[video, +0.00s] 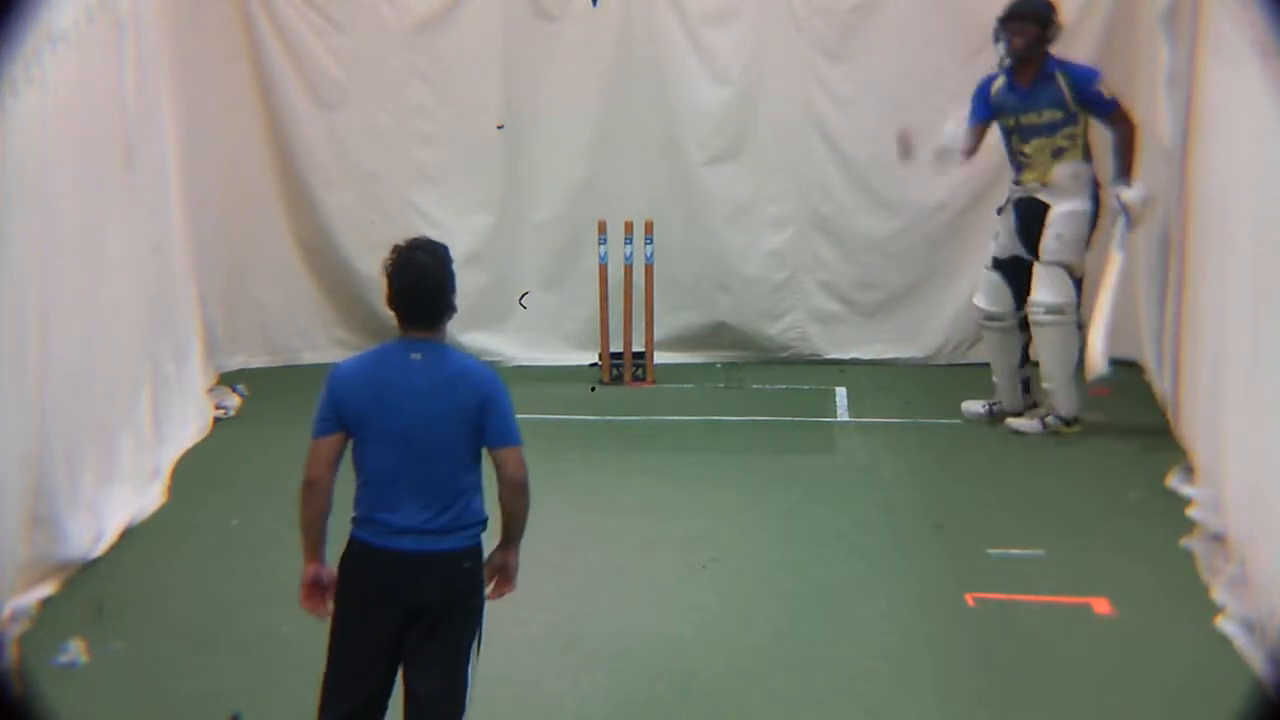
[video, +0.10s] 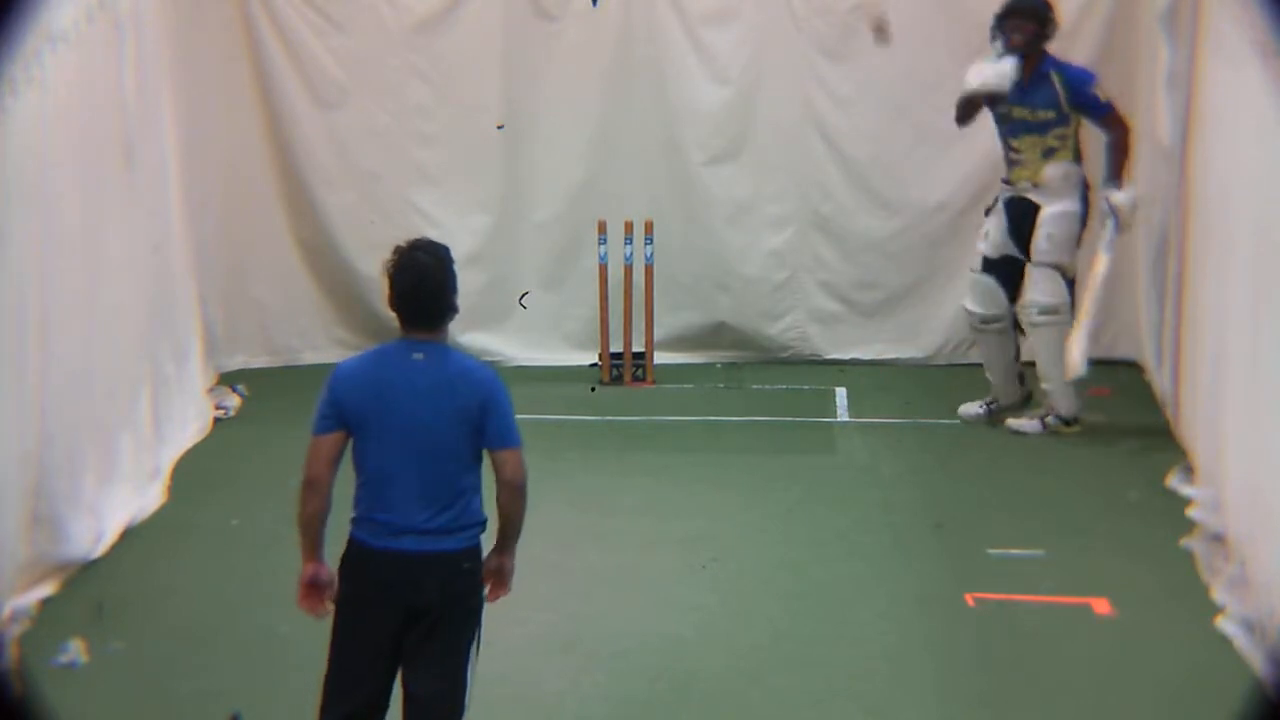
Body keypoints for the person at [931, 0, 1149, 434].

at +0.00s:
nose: (1017, 43)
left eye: (1027, 35)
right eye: (1011, 34)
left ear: (1045, 38)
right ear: (1001, 37)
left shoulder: (1074, 81)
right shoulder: (991, 91)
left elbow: (1123, 124)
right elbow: (967, 147)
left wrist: (1123, 184)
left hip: (1072, 198)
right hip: (1024, 198)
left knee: (1051, 298)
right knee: (996, 297)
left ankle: (1062, 411)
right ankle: (1012, 401)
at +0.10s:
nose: (1019, 38)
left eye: (1028, 30)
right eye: (1012, 29)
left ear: (1045, 35)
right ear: (1000, 33)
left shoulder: (1067, 81)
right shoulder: (994, 76)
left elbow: (1117, 128)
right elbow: (963, 119)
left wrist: (1115, 191)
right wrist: (980, 90)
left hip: (1060, 200)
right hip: (1014, 197)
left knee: (1042, 303)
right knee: (987, 297)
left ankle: (1062, 409)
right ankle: (1008, 395)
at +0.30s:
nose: (1006, 41)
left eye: (1016, 33)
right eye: (1000, 32)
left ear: (1035, 35)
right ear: (991, 33)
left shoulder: (1049, 84)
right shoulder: (981, 76)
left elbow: (1095, 139)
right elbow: (942, 130)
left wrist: (1080, 200)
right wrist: (971, 99)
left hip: (1036, 201)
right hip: (992, 198)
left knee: (1028, 295)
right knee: (945, 287)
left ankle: (1061, 408)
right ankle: (963, 388)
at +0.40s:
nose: (992, 40)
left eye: (1003, 32)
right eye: (988, 30)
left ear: (1020, 39)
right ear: (977, 33)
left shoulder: (1032, 88)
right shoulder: (967, 85)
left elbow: (1072, 143)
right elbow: (937, 140)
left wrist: (1054, 203)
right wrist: (949, 136)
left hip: (1019, 209)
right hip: (975, 206)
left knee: (1024, 308)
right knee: (934, 295)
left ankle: (1061, 409)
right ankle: (922, 396)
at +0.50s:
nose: (966, 48)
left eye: (976, 41)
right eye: (962, 39)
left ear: (996, 46)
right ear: (955, 40)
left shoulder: (1009, 92)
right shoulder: (952, 89)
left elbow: (1043, 147)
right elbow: (945, 133)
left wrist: (1020, 205)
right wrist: (930, 162)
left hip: (999, 214)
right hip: (957, 213)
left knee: (1011, 310)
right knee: (922, 302)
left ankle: (1059, 411)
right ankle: (902, 399)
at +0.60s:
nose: (939, 54)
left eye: (950, 47)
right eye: (936, 44)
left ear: (970, 50)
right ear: (929, 41)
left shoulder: (977, 89)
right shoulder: (937, 83)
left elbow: (1004, 147)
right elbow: (945, 139)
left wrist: (979, 206)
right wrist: (918, 164)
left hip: (978, 208)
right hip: (940, 205)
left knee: (995, 306)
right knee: (904, 297)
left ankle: (1054, 404)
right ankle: (895, 401)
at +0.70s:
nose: (914, 47)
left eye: (923, 39)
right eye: (910, 39)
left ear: (945, 41)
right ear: (908, 41)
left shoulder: (952, 85)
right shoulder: (925, 81)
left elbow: (965, 151)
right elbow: (929, 139)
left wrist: (929, 201)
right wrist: (901, 164)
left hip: (955, 206)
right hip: (921, 204)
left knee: (964, 302)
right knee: (896, 296)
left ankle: (1041, 395)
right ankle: (895, 401)